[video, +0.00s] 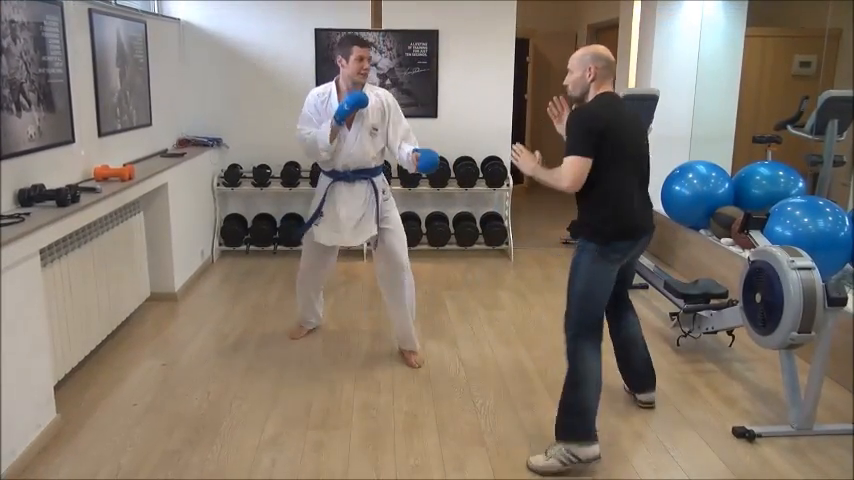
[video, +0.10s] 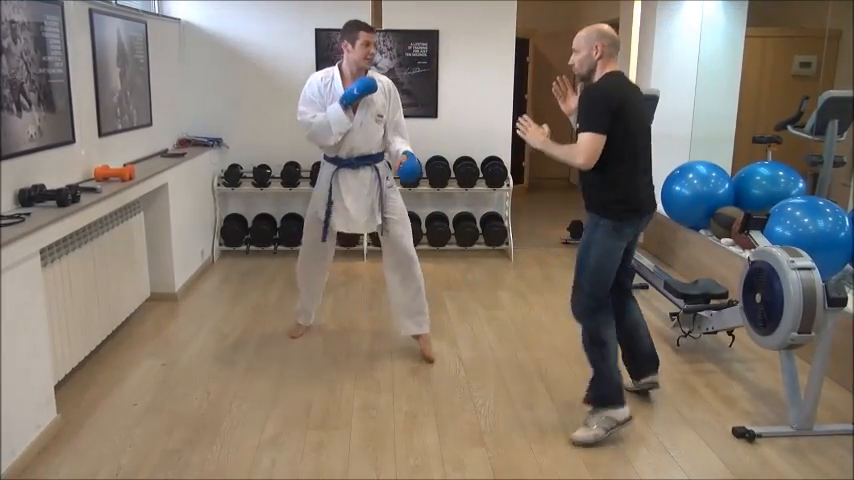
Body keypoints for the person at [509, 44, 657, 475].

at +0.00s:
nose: (565, 79)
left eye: (570, 71)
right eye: (567, 72)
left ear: (591, 74)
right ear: (600, 74)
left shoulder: (590, 115)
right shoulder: (626, 112)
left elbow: (570, 181)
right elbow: (607, 165)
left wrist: (534, 169)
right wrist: (571, 133)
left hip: (603, 235)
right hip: (635, 229)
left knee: (582, 332)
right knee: (618, 303)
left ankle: (578, 442)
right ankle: (643, 387)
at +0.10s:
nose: (571, 60)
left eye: (576, 52)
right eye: (572, 53)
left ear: (598, 52)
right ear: (605, 52)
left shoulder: (601, 92)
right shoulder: (628, 91)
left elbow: (583, 157)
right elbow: (605, 151)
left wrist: (543, 144)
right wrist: (577, 117)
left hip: (611, 212)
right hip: (633, 209)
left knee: (588, 305)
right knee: (617, 294)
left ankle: (610, 407)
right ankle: (645, 374)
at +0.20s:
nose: (572, 51)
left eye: (577, 43)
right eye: (572, 43)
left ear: (599, 42)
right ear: (604, 43)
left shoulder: (604, 80)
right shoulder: (625, 78)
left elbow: (587, 144)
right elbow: (608, 140)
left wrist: (547, 133)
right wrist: (578, 106)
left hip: (615, 200)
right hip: (628, 195)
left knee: (597, 290)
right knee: (613, 277)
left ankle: (637, 381)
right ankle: (646, 346)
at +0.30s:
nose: (571, 62)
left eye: (576, 55)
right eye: (572, 54)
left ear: (599, 54)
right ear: (604, 54)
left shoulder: (599, 91)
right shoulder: (627, 89)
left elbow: (587, 153)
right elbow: (612, 143)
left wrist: (548, 147)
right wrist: (578, 111)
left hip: (613, 208)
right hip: (626, 200)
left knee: (616, 297)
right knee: (608, 274)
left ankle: (657, 382)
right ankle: (617, 333)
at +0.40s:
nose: (574, 74)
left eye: (578, 67)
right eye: (574, 67)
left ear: (601, 66)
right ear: (604, 66)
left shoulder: (601, 103)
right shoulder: (626, 100)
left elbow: (595, 167)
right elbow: (597, 150)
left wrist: (554, 172)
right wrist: (577, 115)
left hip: (610, 212)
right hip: (625, 205)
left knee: (600, 293)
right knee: (608, 272)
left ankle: (651, 375)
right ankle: (619, 333)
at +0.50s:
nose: (574, 62)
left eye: (579, 56)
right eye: (574, 56)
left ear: (600, 54)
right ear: (604, 54)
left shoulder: (599, 90)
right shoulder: (628, 87)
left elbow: (604, 147)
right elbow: (598, 134)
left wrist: (568, 160)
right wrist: (575, 103)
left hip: (603, 198)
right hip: (624, 194)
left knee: (574, 270)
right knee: (611, 261)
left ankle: (615, 353)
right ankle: (626, 334)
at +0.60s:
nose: (572, 55)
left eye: (576, 48)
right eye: (572, 48)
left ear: (599, 47)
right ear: (603, 47)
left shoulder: (592, 76)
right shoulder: (625, 76)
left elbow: (593, 126)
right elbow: (597, 128)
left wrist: (568, 138)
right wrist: (568, 96)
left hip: (600, 184)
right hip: (625, 182)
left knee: (561, 255)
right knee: (612, 251)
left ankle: (575, 344)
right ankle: (625, 325)